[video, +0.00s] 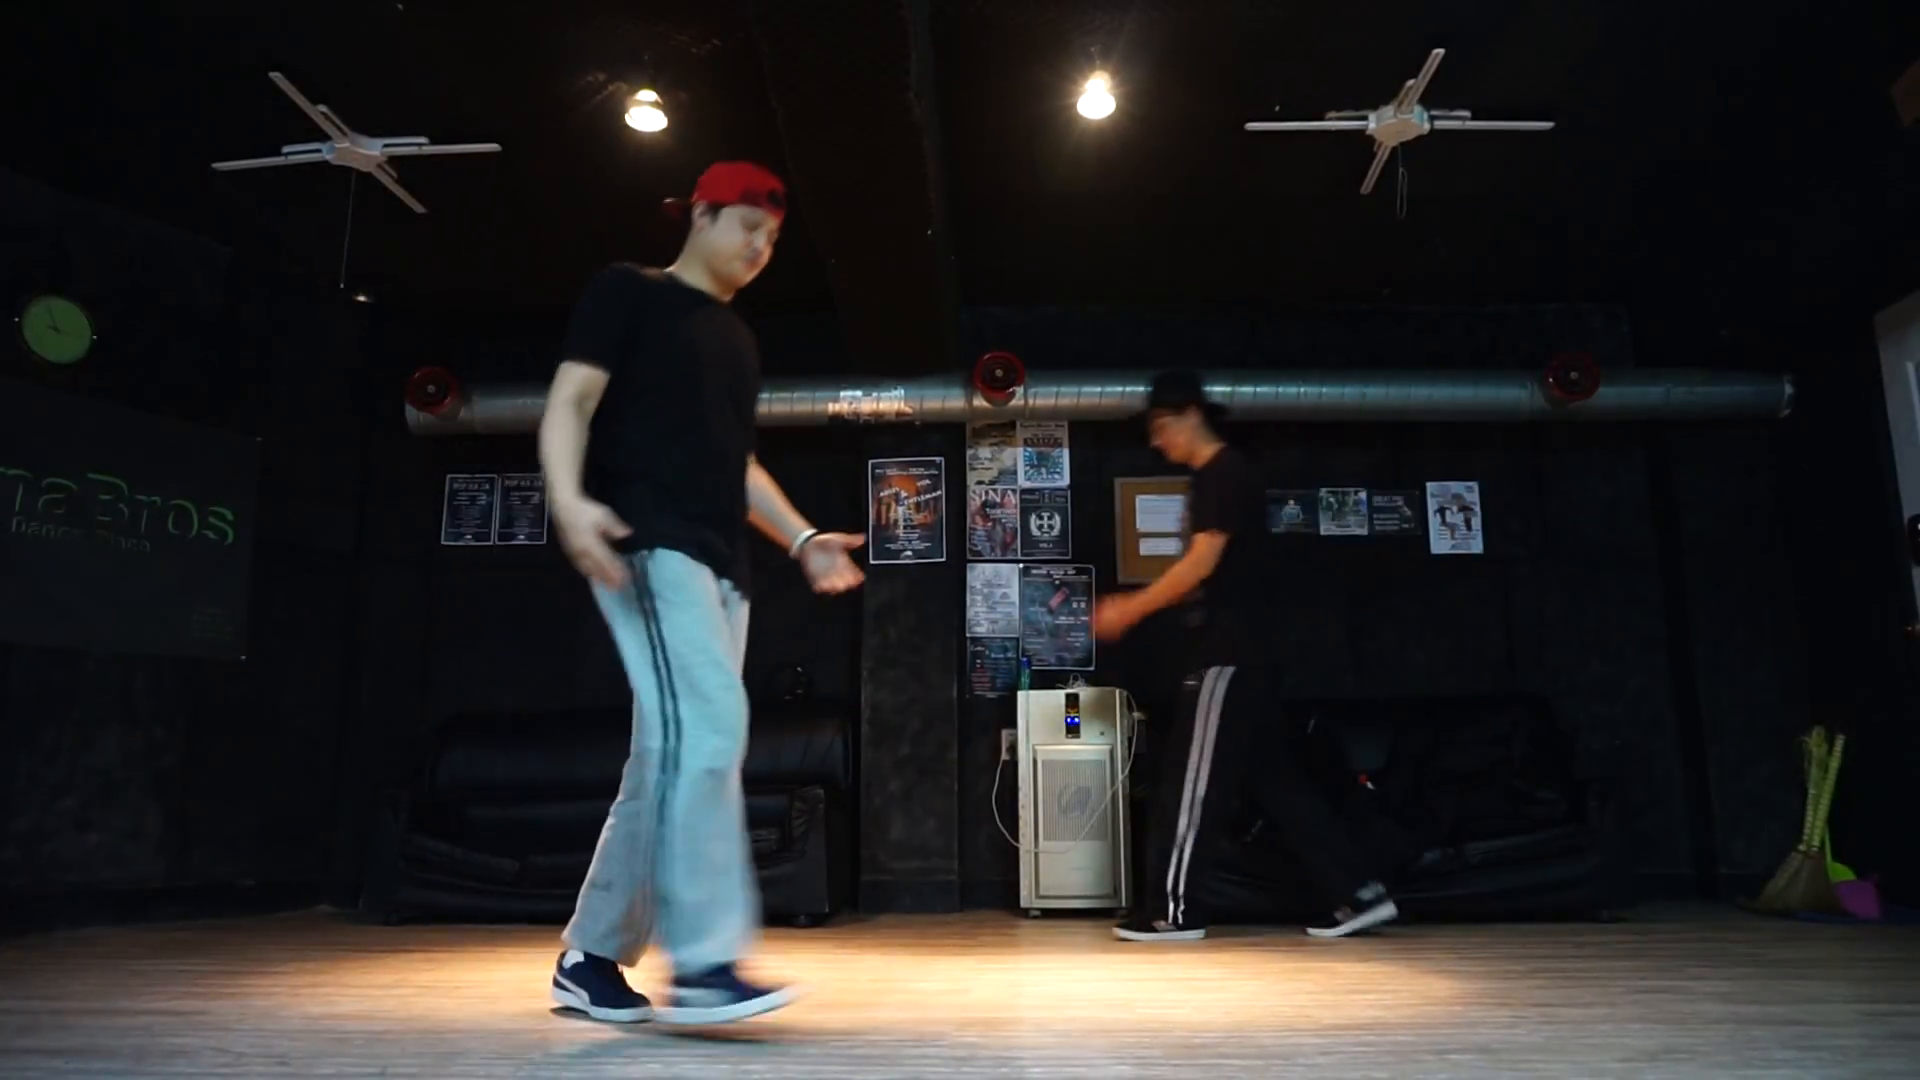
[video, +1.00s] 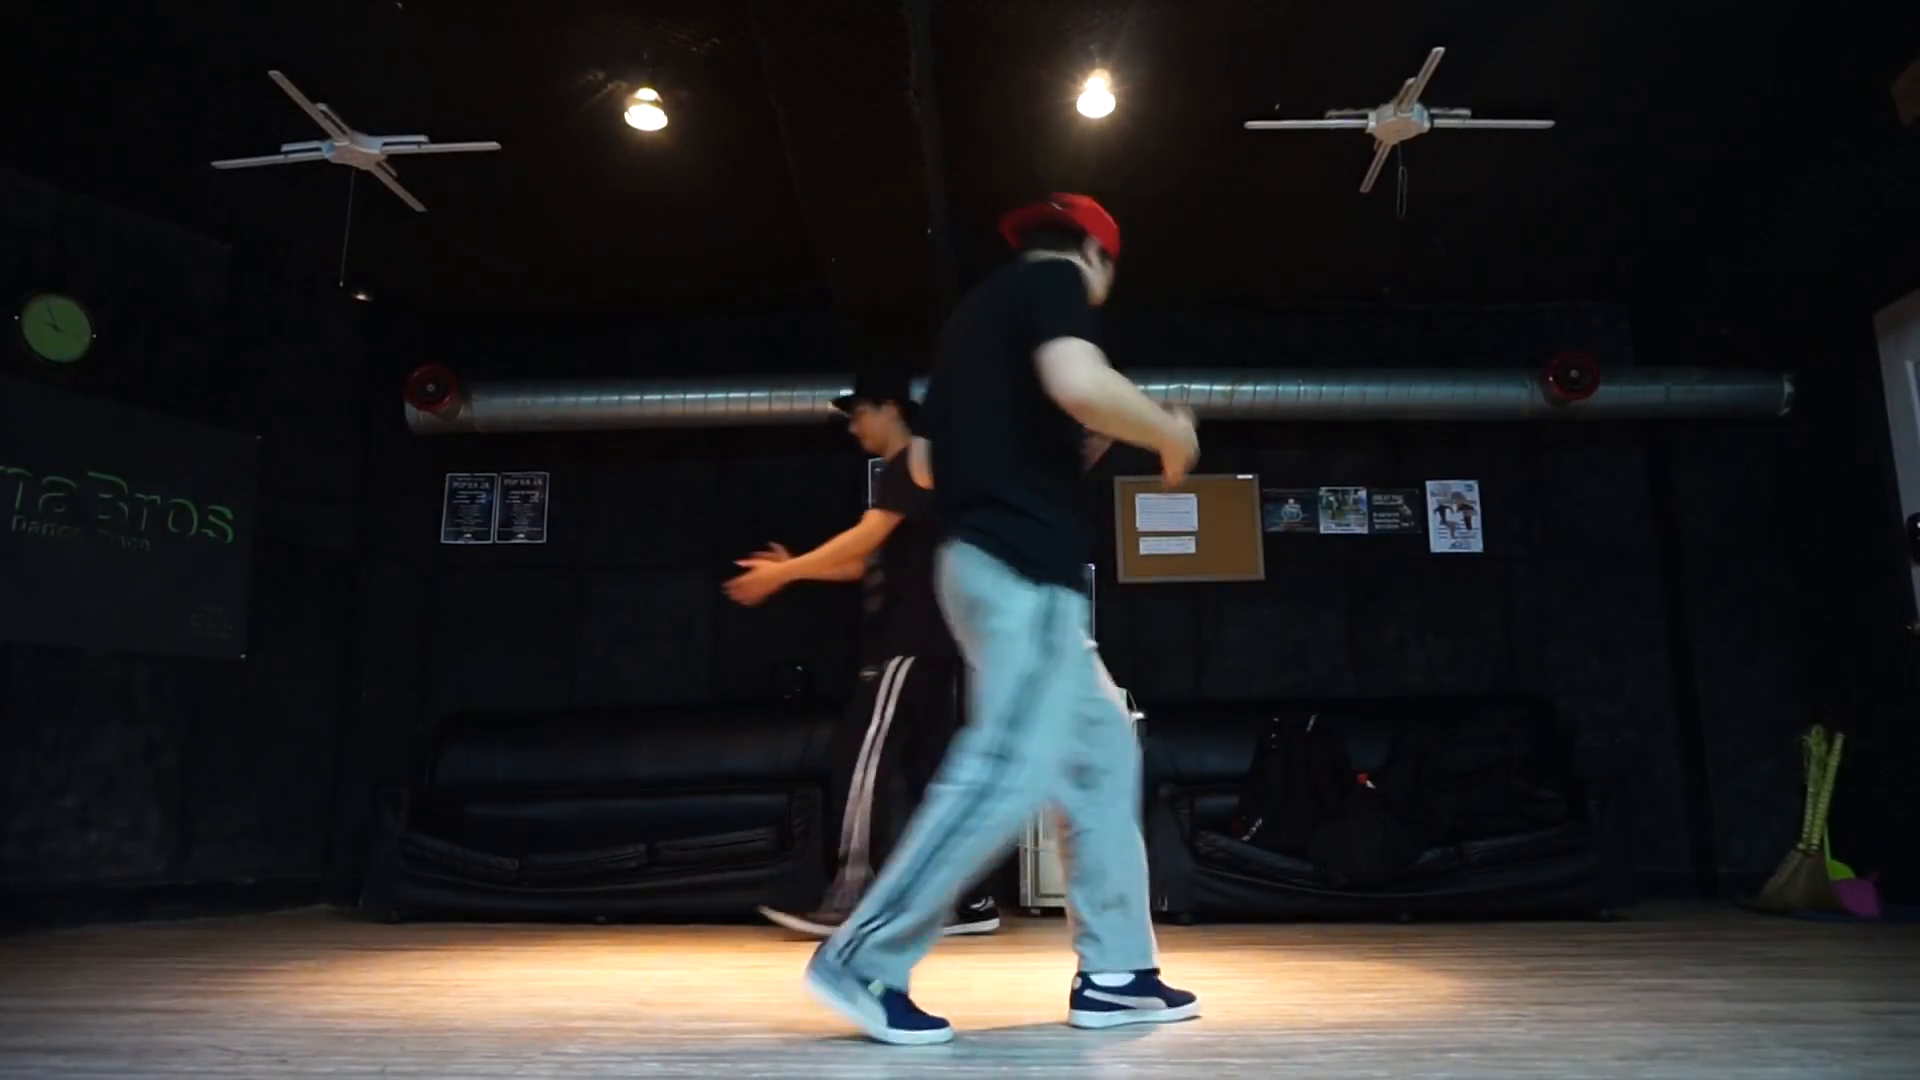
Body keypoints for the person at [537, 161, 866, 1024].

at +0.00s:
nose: (759, 246)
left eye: (769, 235)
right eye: (747, 225)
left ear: (768, 246)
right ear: (700, 218)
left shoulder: (735, 340)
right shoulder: (628, 294)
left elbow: (736, 463)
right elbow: (568, 404)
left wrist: (804, 540)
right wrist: (566, 502)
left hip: (720, 570)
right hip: (647, 554)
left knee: (668, 754)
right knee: (708, 727)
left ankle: (590, 958)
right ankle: (703, 970)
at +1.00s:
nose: (1106, 277)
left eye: (1106, 263)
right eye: (1105, 261)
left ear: (1034, 246)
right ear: (1088, 248)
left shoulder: (979, 314)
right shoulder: (1054, 280)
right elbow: (1076, 381)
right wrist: (1171, 430)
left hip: (986, 563)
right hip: (1022, 567)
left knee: (1104, 747)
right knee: (1011, 764)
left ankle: (1117, 971)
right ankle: (863, 961)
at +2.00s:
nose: (1171, 340)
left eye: (1169, 330)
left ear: (1174, 331)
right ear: (1241, 324)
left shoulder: (1148, 377)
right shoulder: (1291, 378)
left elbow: (1107, 461)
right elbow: (1342, 491)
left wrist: (1132, 533)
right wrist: (1274, 490)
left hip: (1185, 596)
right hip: (1276, 592)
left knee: (1187, 764)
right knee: (1285, 775)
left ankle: (1227, 919)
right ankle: (1288, 948)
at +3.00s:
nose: (1026, 406)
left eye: (1037, 394)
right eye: (1023, 397)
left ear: (1071, 395)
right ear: (1035, 405)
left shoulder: (1084, 435)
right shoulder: (1101, 441)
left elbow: (1111, 494)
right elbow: (1166, 528)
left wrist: (1025, 534)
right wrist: (1099, 564)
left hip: (1105, 645)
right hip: (1091, 643)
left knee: (1085, 787)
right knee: (1061, 782)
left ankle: (1200, 892)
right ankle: (1090, 923)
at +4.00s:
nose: (911, 365)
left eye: (925, 357)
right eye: (904, 356)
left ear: (952, 375)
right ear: (893, 371)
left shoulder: (977, 446)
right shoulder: (869, 444)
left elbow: (1013, 521)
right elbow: (848, 523)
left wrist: (997, 557)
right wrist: (852, 570)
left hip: (942, 635)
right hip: (866, 635)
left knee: (943, 780)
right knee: (840, 767)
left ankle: (955, 920)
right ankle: (839, 917)